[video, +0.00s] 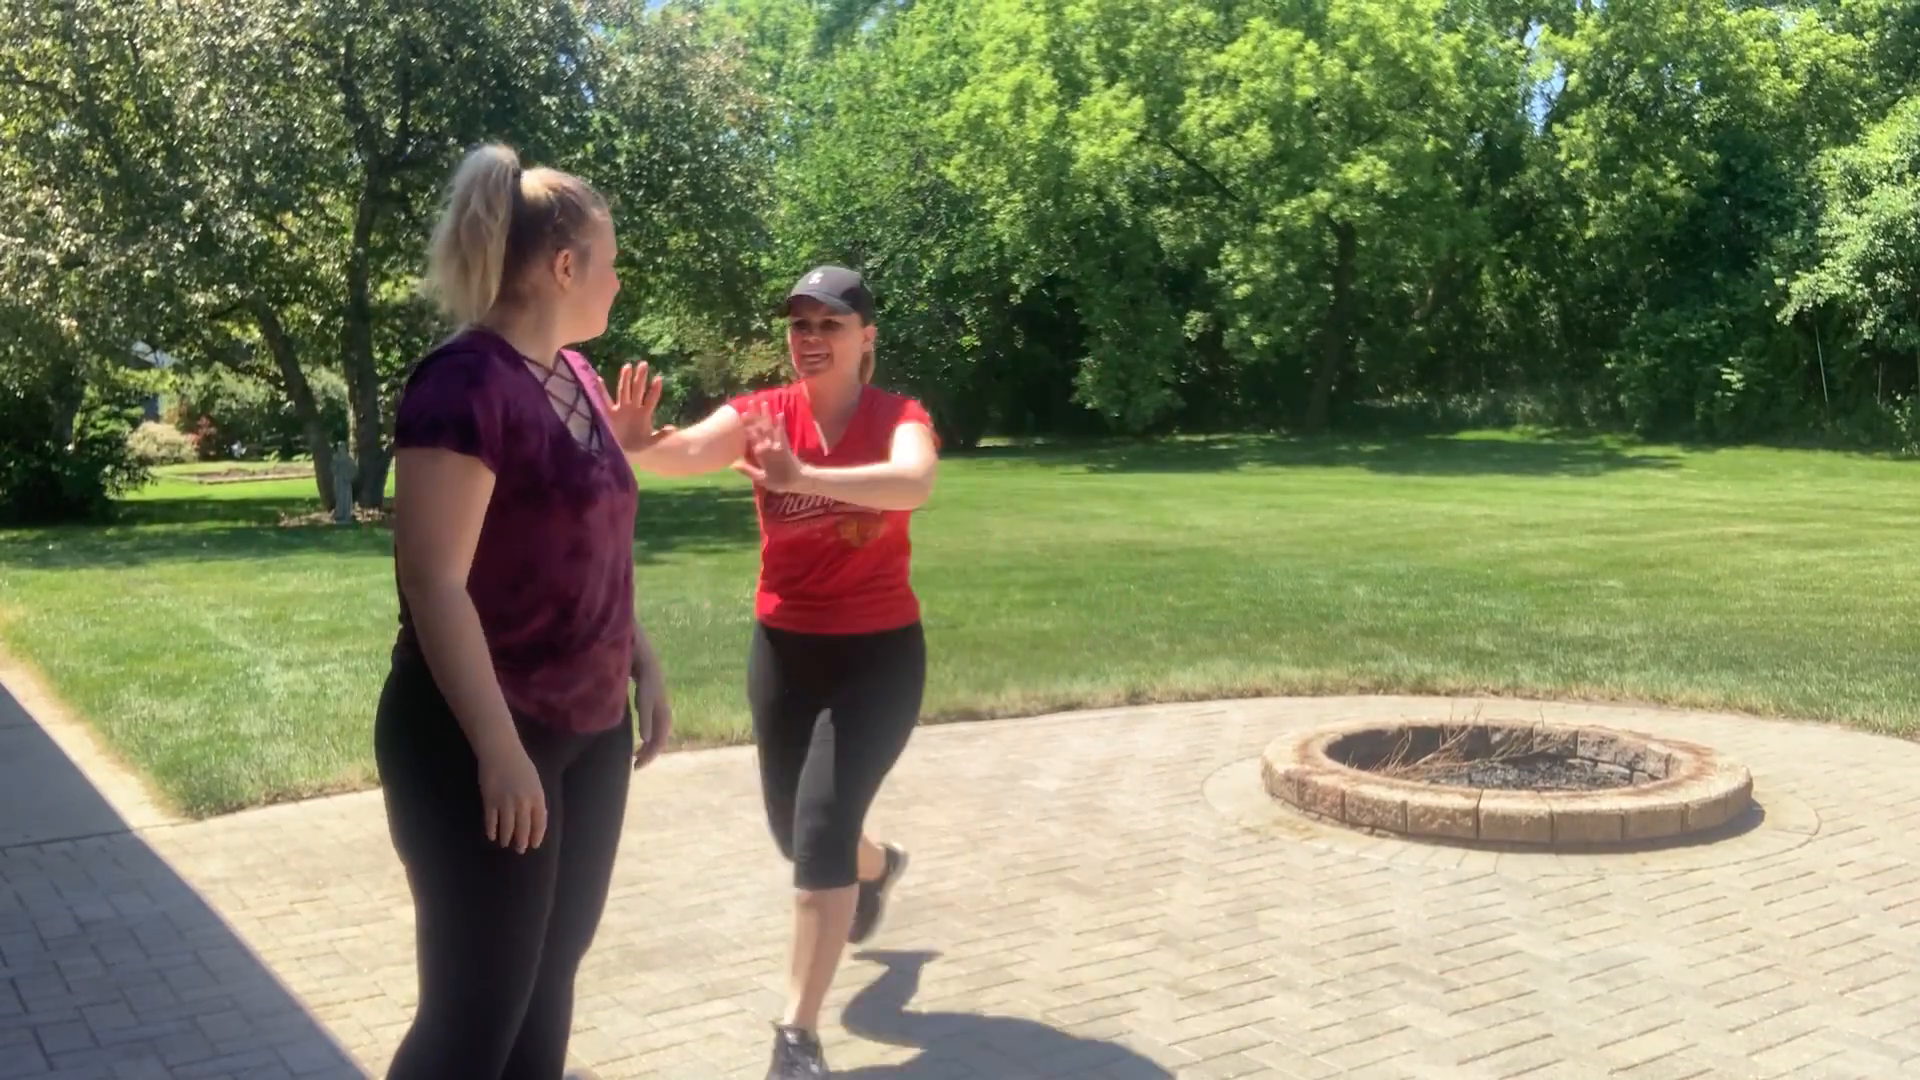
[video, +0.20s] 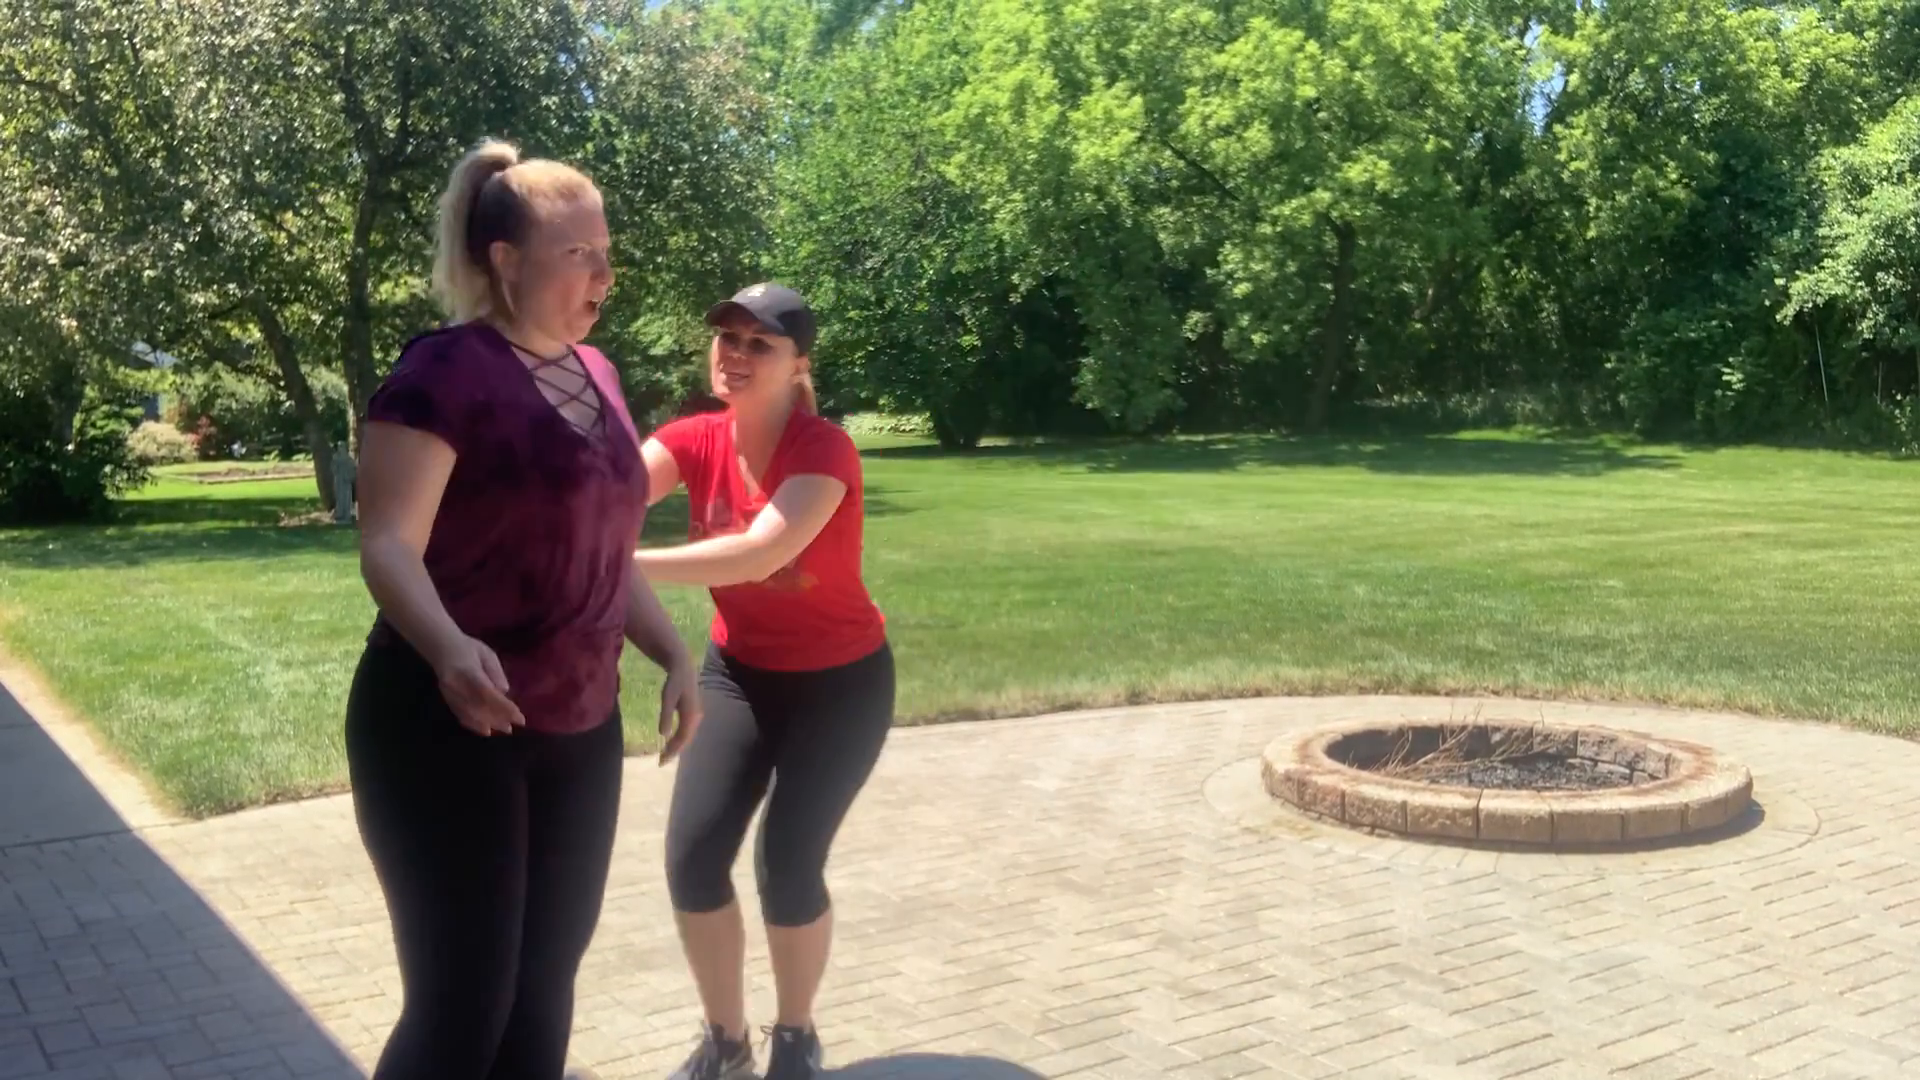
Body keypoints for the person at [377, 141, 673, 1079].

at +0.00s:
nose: (618, 281)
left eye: (616, 262)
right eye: (611, 261)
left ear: (556, 267)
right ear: (562, 267)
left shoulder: (573, 375)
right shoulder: (465, 381)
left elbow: (585, 550)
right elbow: (431, 583)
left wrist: (643, 662)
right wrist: (500, 749)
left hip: (585, 730)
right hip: (479, 738)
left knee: (547, 992)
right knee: (472, 1016)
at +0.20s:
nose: (604, 275)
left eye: (606, 254)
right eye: (581, 254)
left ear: (603, 258)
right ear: (504, 260)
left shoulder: (593, 371)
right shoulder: (443, 370)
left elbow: (606, 553)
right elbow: (388, 543)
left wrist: (674, 651)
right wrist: (449, 645)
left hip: (573, 721)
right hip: (442, 719)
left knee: (541, 1005)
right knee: (459, 1011)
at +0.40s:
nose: (511, 267)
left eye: (530, 250)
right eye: (485, 246)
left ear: (551, 274)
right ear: (432, 262)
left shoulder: (568, 399)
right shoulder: (370, 363)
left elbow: (584, 575)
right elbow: (243, 507)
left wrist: (680, 615)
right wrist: (317, 419)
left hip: (550, 747)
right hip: (389, 743)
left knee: (534, 1036)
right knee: (417, 1038)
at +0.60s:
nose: (425, 217)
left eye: (447, 209)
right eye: (397, 202)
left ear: (471, 251)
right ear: (347, 237)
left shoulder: (517, 383)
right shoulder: (284, 352)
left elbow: (561, 560)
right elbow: (108, 434)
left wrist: (651, 590)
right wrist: (295, 380)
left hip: (506, 764)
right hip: (320, 769)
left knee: (509, 1054)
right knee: (364, 1056)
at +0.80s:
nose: (358, 204)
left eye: (384, 195)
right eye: (327, 194)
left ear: (421, 246)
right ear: (284, 245)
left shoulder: (497, 382)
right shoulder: (220, 385)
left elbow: (581, 530)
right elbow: (30, 512)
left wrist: (681, 587)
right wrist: (200, 522)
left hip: (460, 797)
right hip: (259, 798)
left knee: (414, 1061)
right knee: (271, 1064)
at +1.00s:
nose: (302, 218)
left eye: (331, 199)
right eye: (268, 197)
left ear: (374, 245)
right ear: (219, 239)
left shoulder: (454, 398)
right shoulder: (159, 409)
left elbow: (638, 542)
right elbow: (115, 631)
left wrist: (606, 697)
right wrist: (63, 812)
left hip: (420, 827)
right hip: (212, 821)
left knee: (370, 1065)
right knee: (130, 1067)